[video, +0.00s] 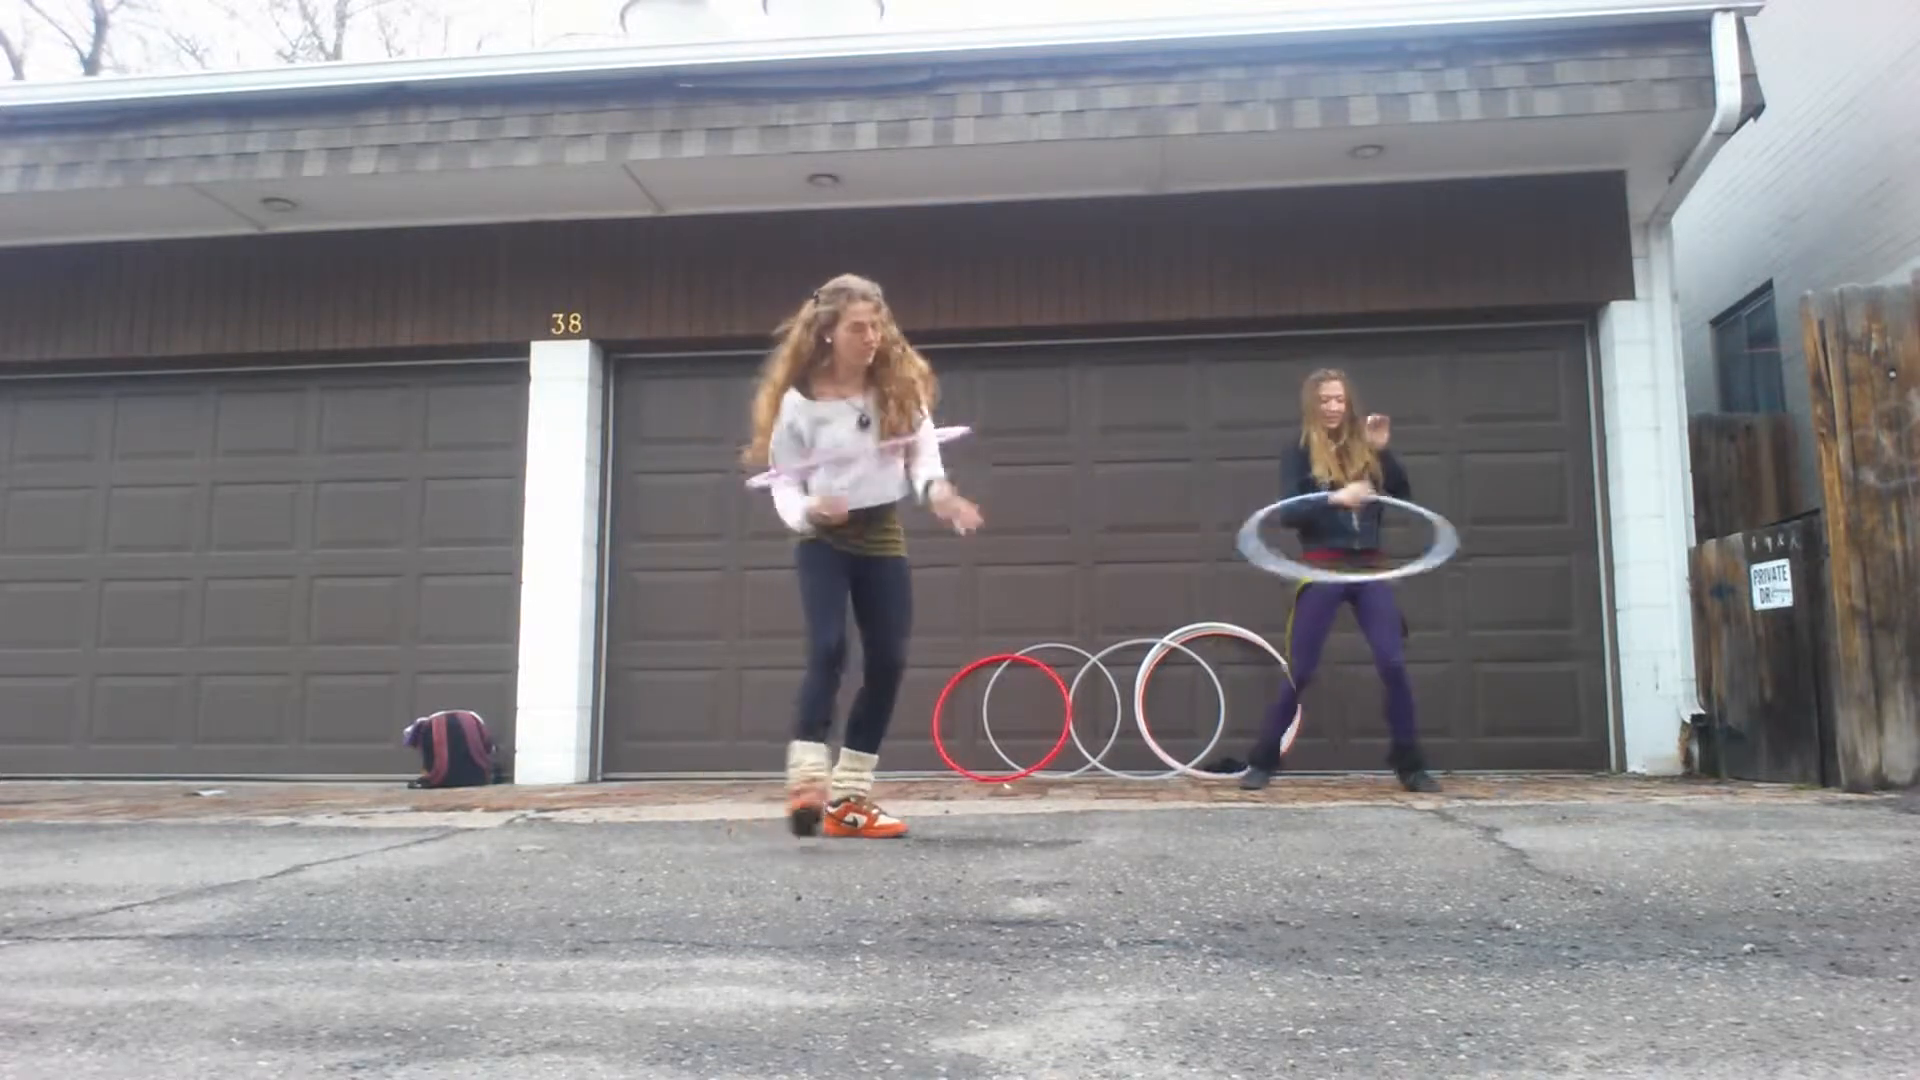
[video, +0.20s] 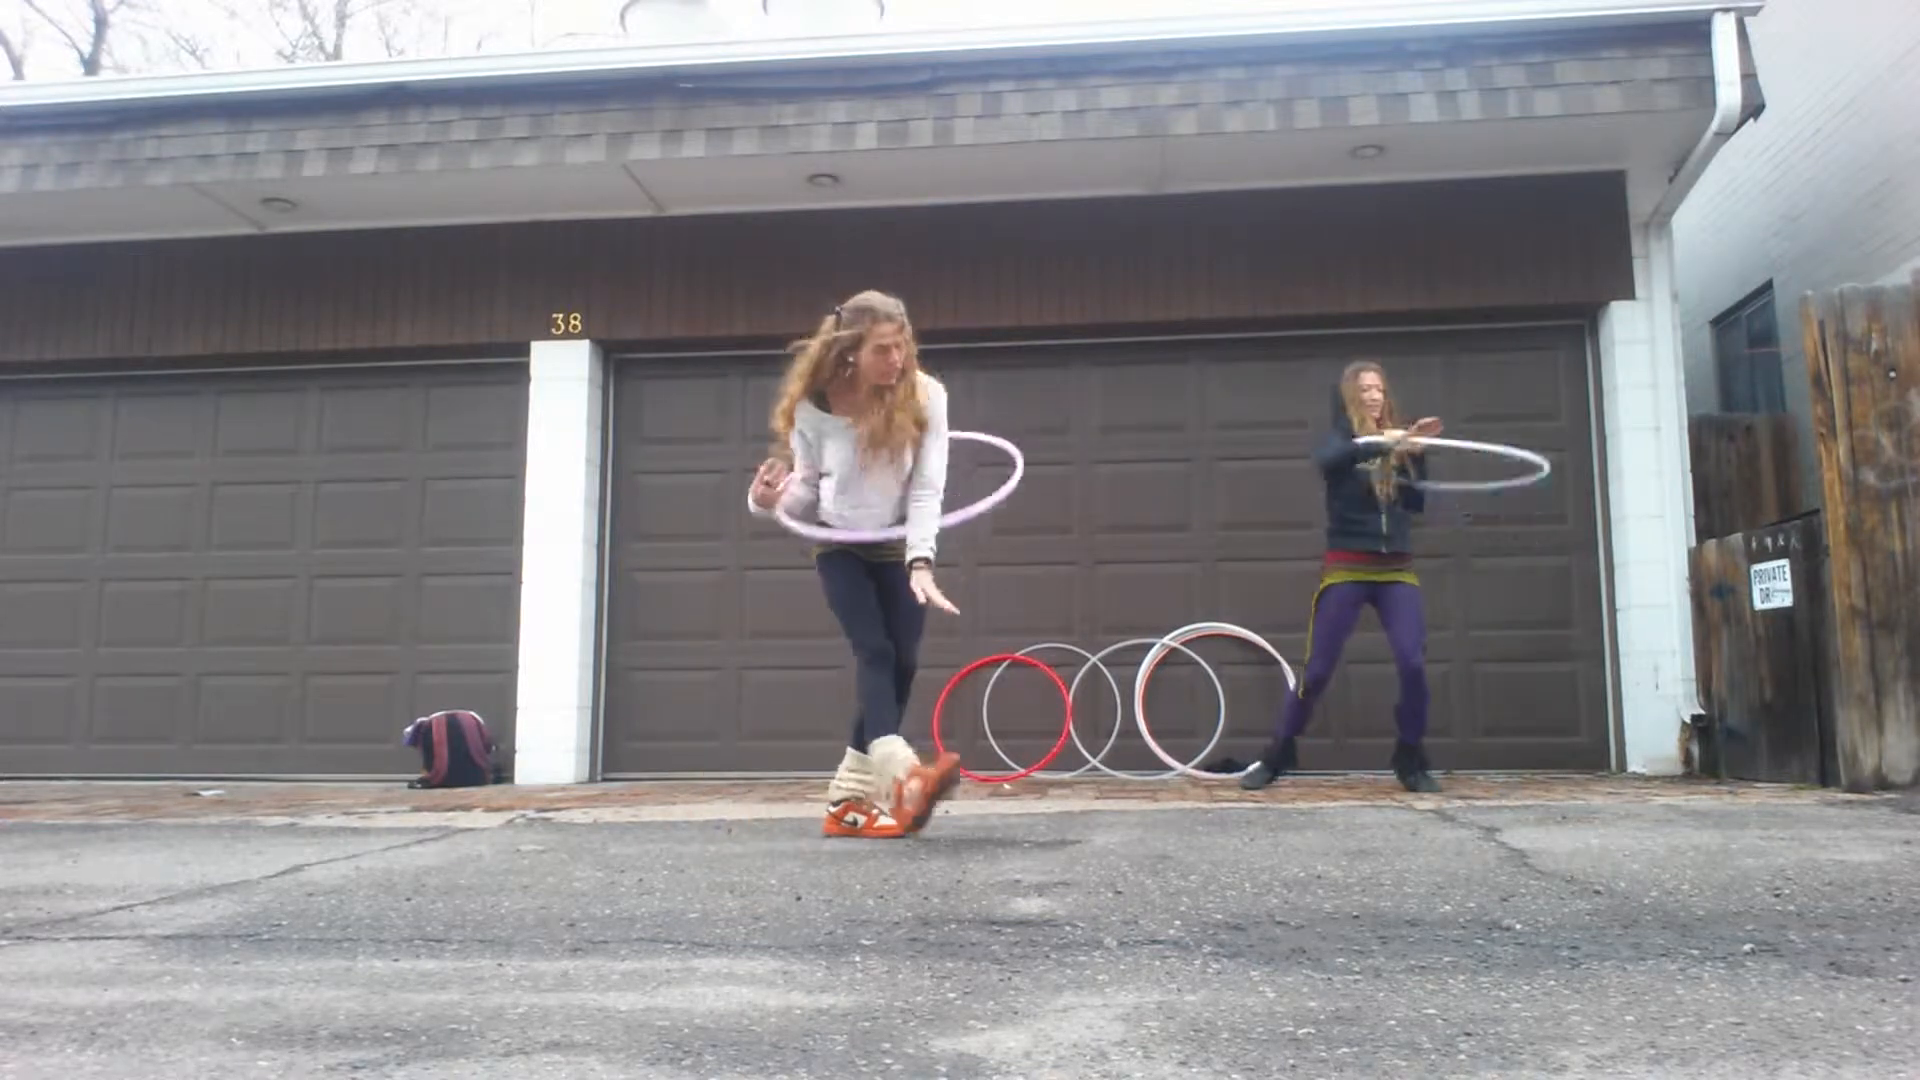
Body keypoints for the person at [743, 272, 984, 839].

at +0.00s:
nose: (871, 337)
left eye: (876, 326)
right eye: (857, 327)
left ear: (884, 331)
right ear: (827, 333)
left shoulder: (900, 391)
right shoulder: (798, 403)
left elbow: (925, 462)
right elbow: (785, 489)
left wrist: (942, 495)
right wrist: (808, 512)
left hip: (882, 538)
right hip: (822, 539)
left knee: (887, 663)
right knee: (829, 650)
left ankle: (850, 796)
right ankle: (807, 785)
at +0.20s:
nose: (897, 359)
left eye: (902, 347)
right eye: (882, 349)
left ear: (910, 345)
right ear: (848, 354)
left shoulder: (925, 396)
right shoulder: (811, 409)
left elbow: (928, 486)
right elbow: (806, 495)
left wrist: (921, 562)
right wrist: (771, 498)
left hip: (900, 547)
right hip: (840, 546)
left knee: (901, 665)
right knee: (875, 651)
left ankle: (850, 797)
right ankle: (902, 779)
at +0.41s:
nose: (961, 345)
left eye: (962, 334)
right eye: (950, 336)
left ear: (950, 339)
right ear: (912, 344)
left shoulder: (945, 398)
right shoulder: (875, 408)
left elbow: (936, 476)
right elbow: (848, 490)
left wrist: (980, 544)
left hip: (880, 539)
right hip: (853, 542)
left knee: (897, 666)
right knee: (918, 662)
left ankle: (849, 800)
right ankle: (922, 810)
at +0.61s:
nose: (994, 306)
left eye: (993, 296)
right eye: (991, 296)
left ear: (929, 292)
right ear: (975, 300)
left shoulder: (881, 342)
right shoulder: (970, 375)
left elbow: (855, 432)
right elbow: (959, 480)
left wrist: (956, 463)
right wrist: (1004, 515)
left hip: (841, 518)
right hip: (902, 525)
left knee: (880, 654)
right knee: (936, 667)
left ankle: (833, 780)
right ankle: (925, 812)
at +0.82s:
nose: (903, 261)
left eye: (912, 254)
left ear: (917, 267)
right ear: (979, 281)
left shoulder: (877, 331)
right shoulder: (989, 355)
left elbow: (843, 421)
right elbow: (980, 450)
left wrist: (813, 449)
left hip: (888, 508)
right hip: (955, 512)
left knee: (862, 652)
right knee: (915, 654)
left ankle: (938, 743)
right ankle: (905, 807)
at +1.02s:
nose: (897, 280)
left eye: (908, 269)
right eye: (899, 267)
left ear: (941, 277)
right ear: (948, 277)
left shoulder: (937, 354)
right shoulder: (962, 346)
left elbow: (894, 452)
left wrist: (799, 479)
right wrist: (889, 381)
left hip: (948, 526)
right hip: (943, 524)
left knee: (941, 663)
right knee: (907, 664)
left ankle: (1016, 796)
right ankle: (908, 814)